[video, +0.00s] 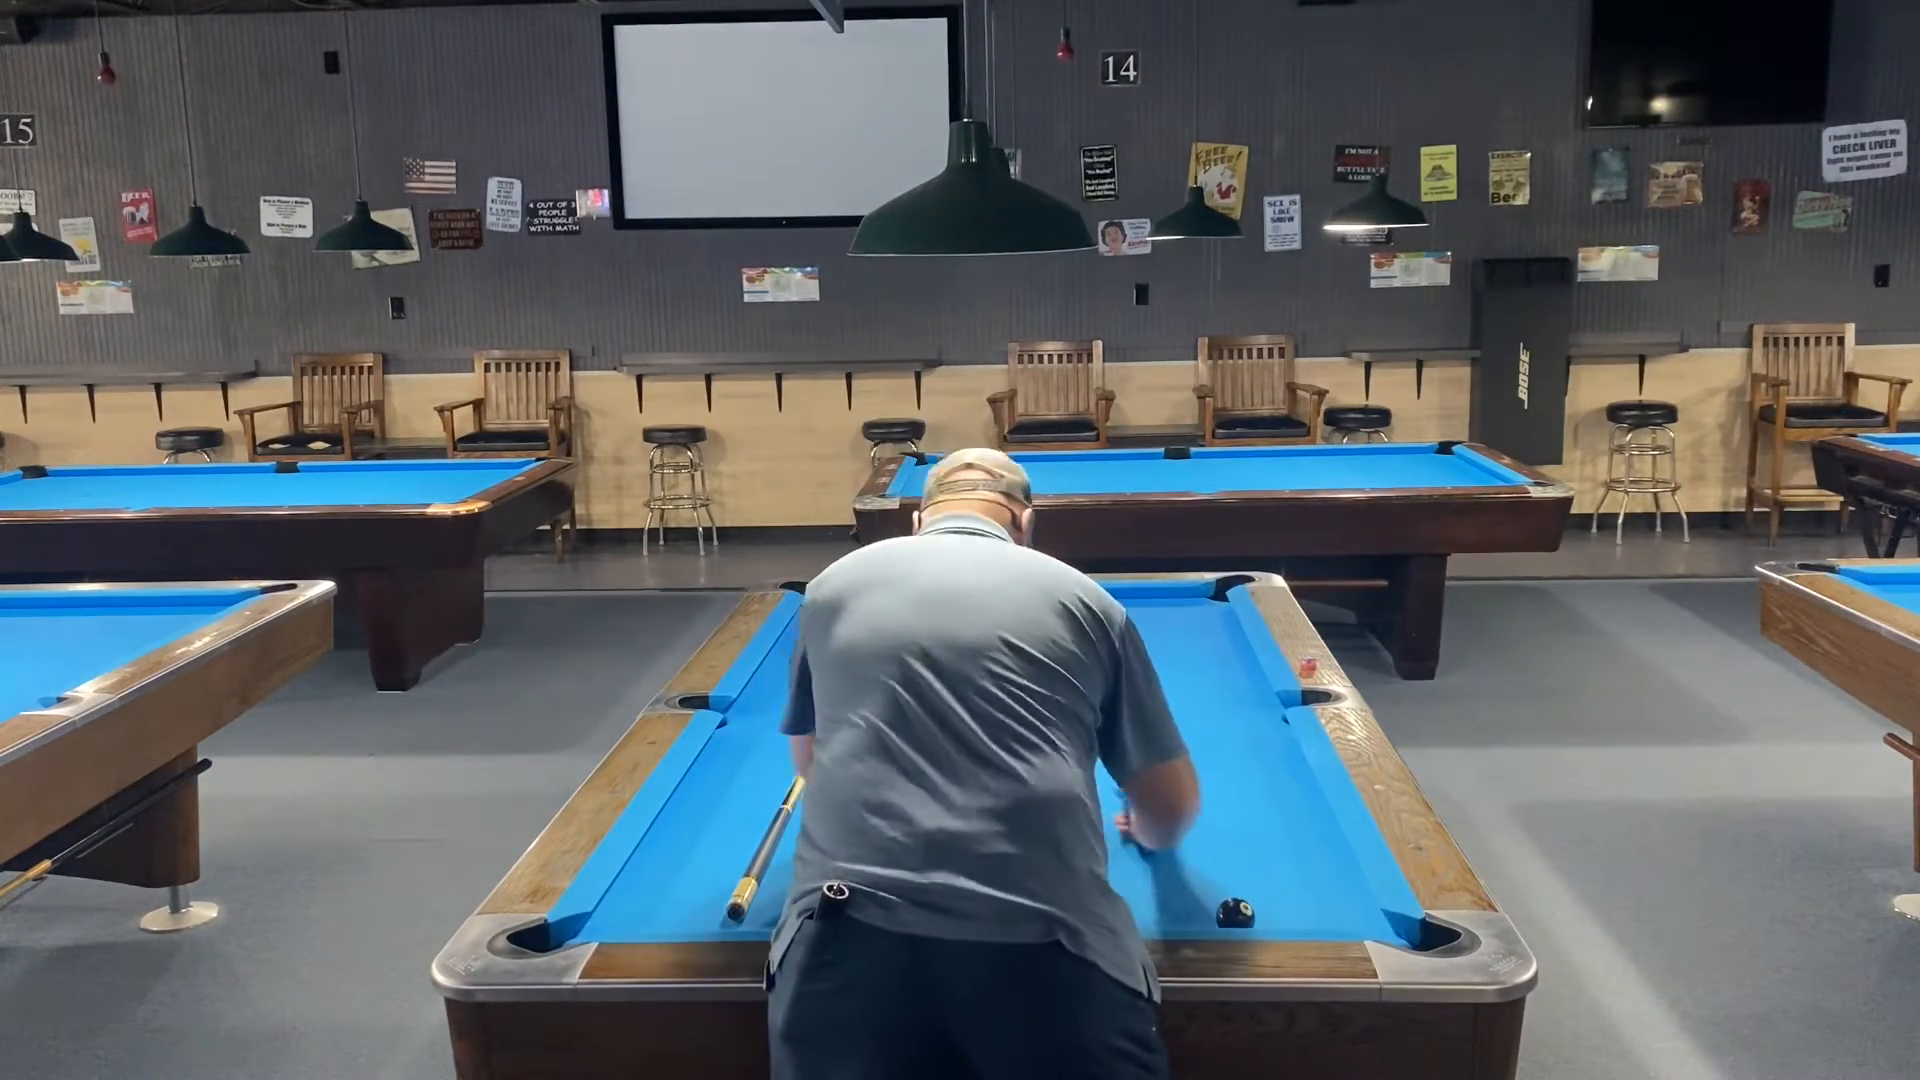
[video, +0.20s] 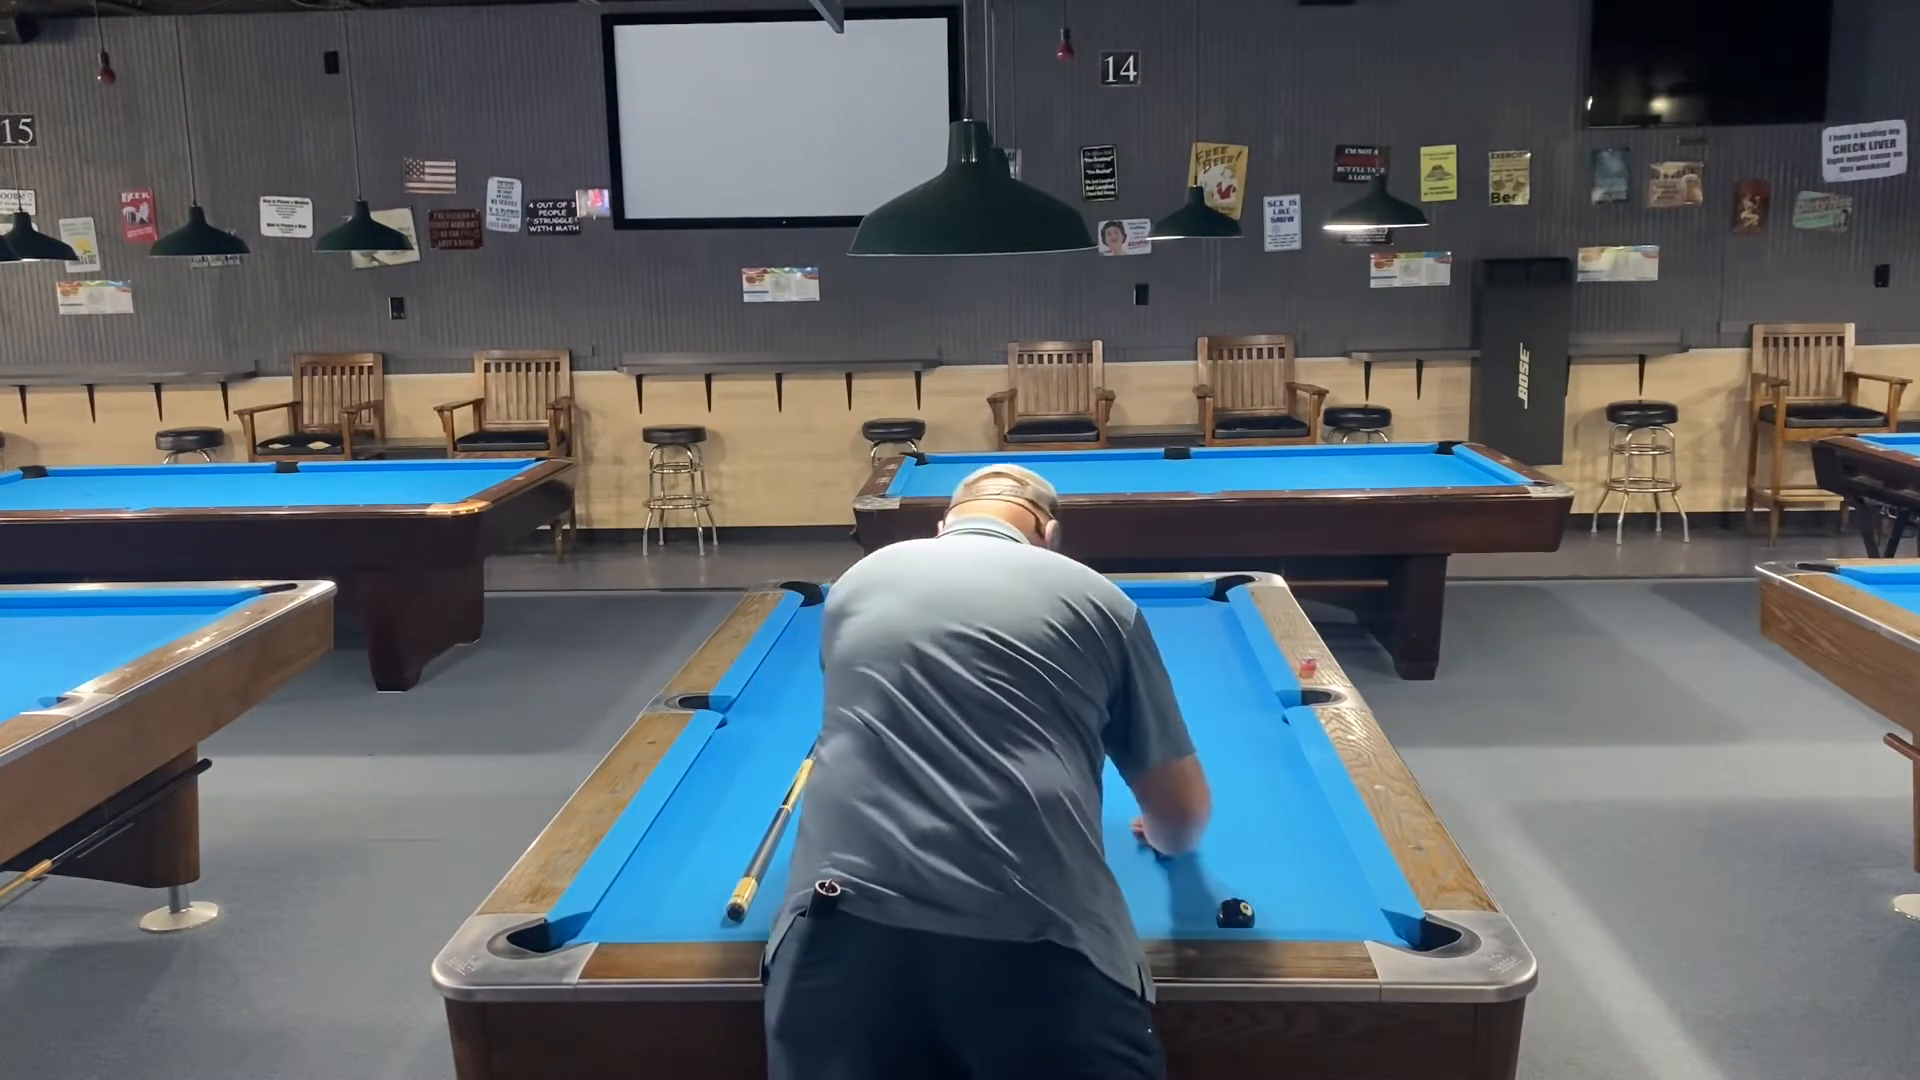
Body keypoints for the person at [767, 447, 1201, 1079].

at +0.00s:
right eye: (1029, 519)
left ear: (917, 522)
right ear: (1023, 522)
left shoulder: (835, 583)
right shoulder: (1086, 600)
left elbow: (811, 757)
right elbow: (1171, 801)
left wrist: (877, 804)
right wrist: (1148, 831)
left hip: (847, 958)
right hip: (1048, 965)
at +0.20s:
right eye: (1059, 533)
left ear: (946, 522)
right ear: (1046, 531)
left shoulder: (857, 580)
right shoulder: (1101, 600)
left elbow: (858, 729)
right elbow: (1182, 812)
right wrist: (1163, 836)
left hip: (840, 956)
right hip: (1040, 966)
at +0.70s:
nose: (1096, 535)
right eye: (1095, 519)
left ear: (978, 492)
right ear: (1078, 506)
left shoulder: (866, 555)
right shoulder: (1121, 589)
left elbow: (803, 744)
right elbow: (1226, 775)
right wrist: (1154, 839)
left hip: (844, 954)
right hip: (1050, 973)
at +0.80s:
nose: (1093, 532)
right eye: (1093, 515)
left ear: (978, 486)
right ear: (1078, 503)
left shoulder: (860, 555)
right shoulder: (1120, 586)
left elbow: (793, 752)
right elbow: (1223, 772)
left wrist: (885, 805)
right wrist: (1152, 861)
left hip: (845, 954)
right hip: (1048, 973)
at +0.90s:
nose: (1088, 519)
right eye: (1087, 504)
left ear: (970, 481)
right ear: (1073, 496)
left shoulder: (854, 554)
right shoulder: (1117, 582)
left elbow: (790, 757)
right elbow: (1212, 780)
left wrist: (876, 820)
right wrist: (1135, 879)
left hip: (843, 959)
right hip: (1047, 976)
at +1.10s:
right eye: (1066, 496)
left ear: (950, 482)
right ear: (1056, 489)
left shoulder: (843, 561)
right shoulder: (1110, 579)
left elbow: (799, 764)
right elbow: (1194, 787)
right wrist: (1146, 887)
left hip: (845, 965)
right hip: (1049, 977)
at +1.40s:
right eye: (1048, 493)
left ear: (931, 490)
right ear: (1039, 486)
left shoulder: (836, 573)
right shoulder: (1097, 578)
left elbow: (813, 768)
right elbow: (1164, 789)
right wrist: (1094, 825)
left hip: (844, 965)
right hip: (1047, 972)